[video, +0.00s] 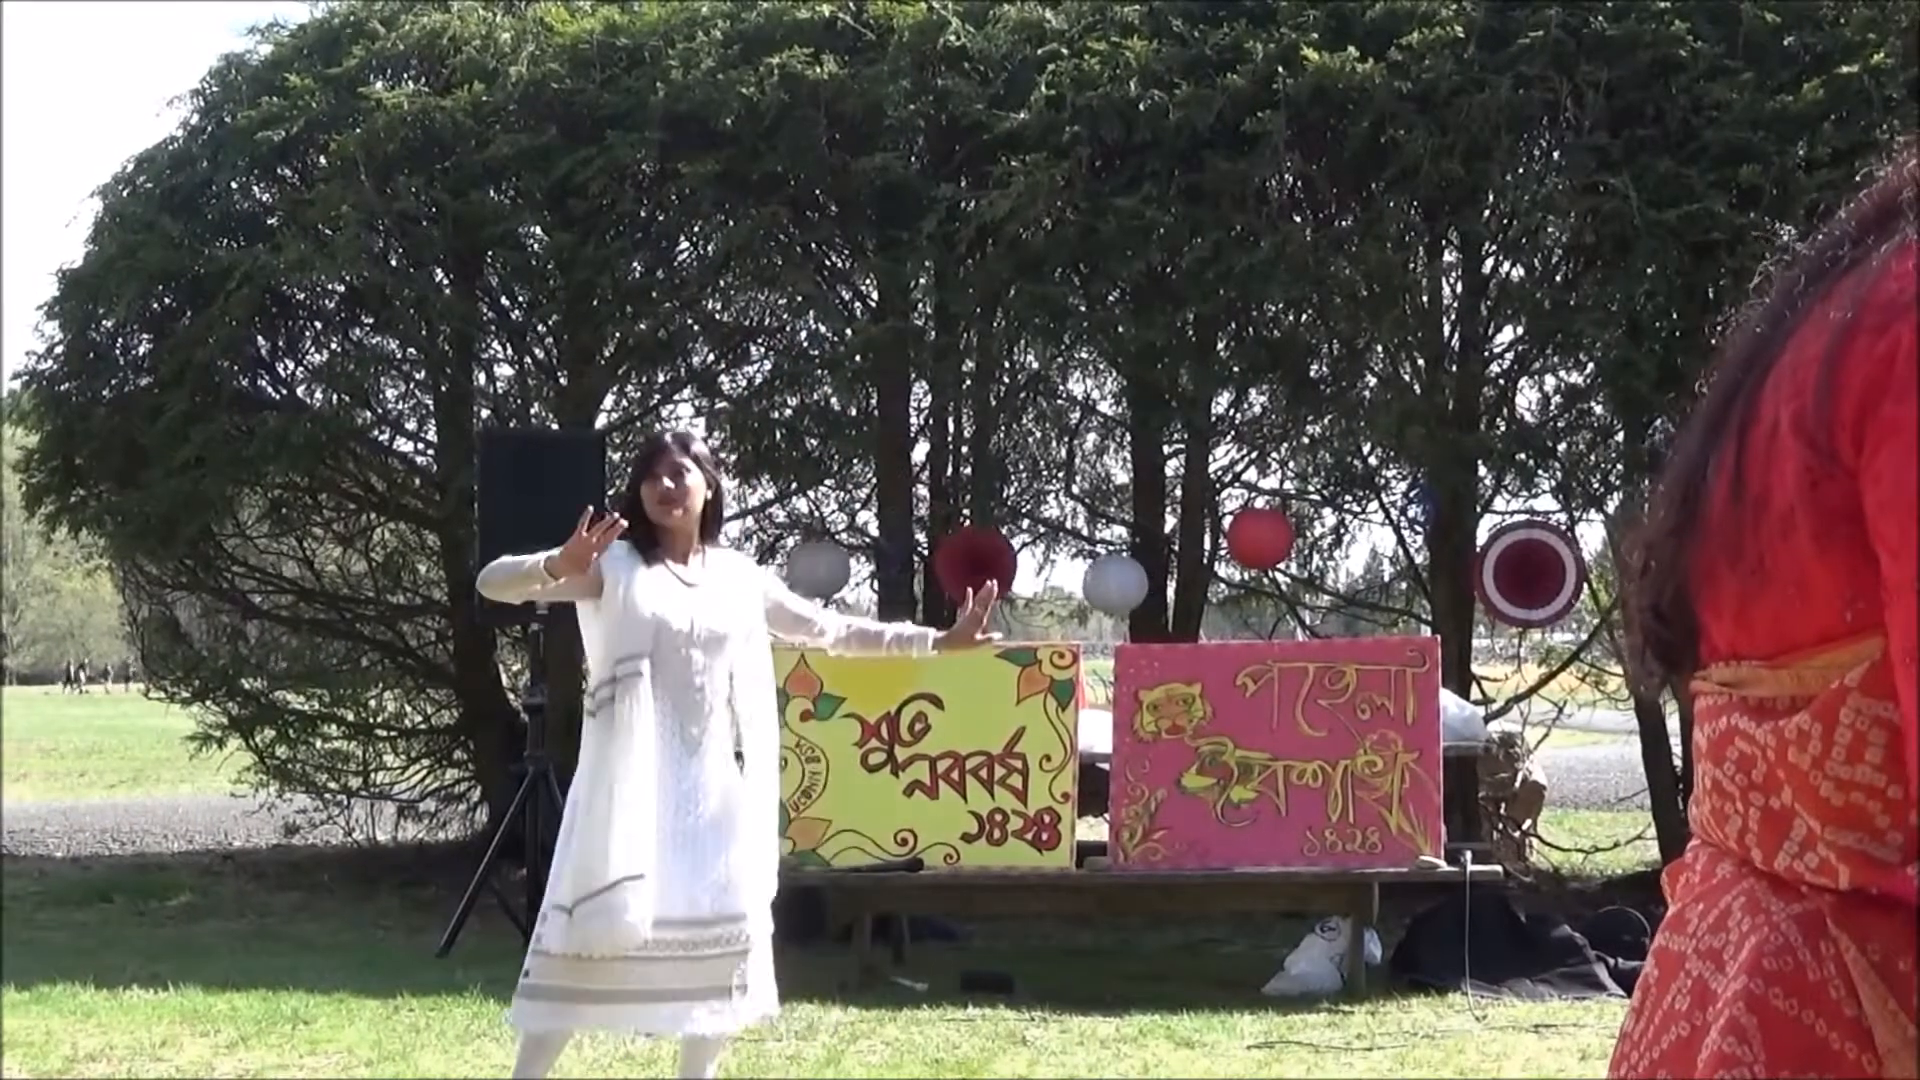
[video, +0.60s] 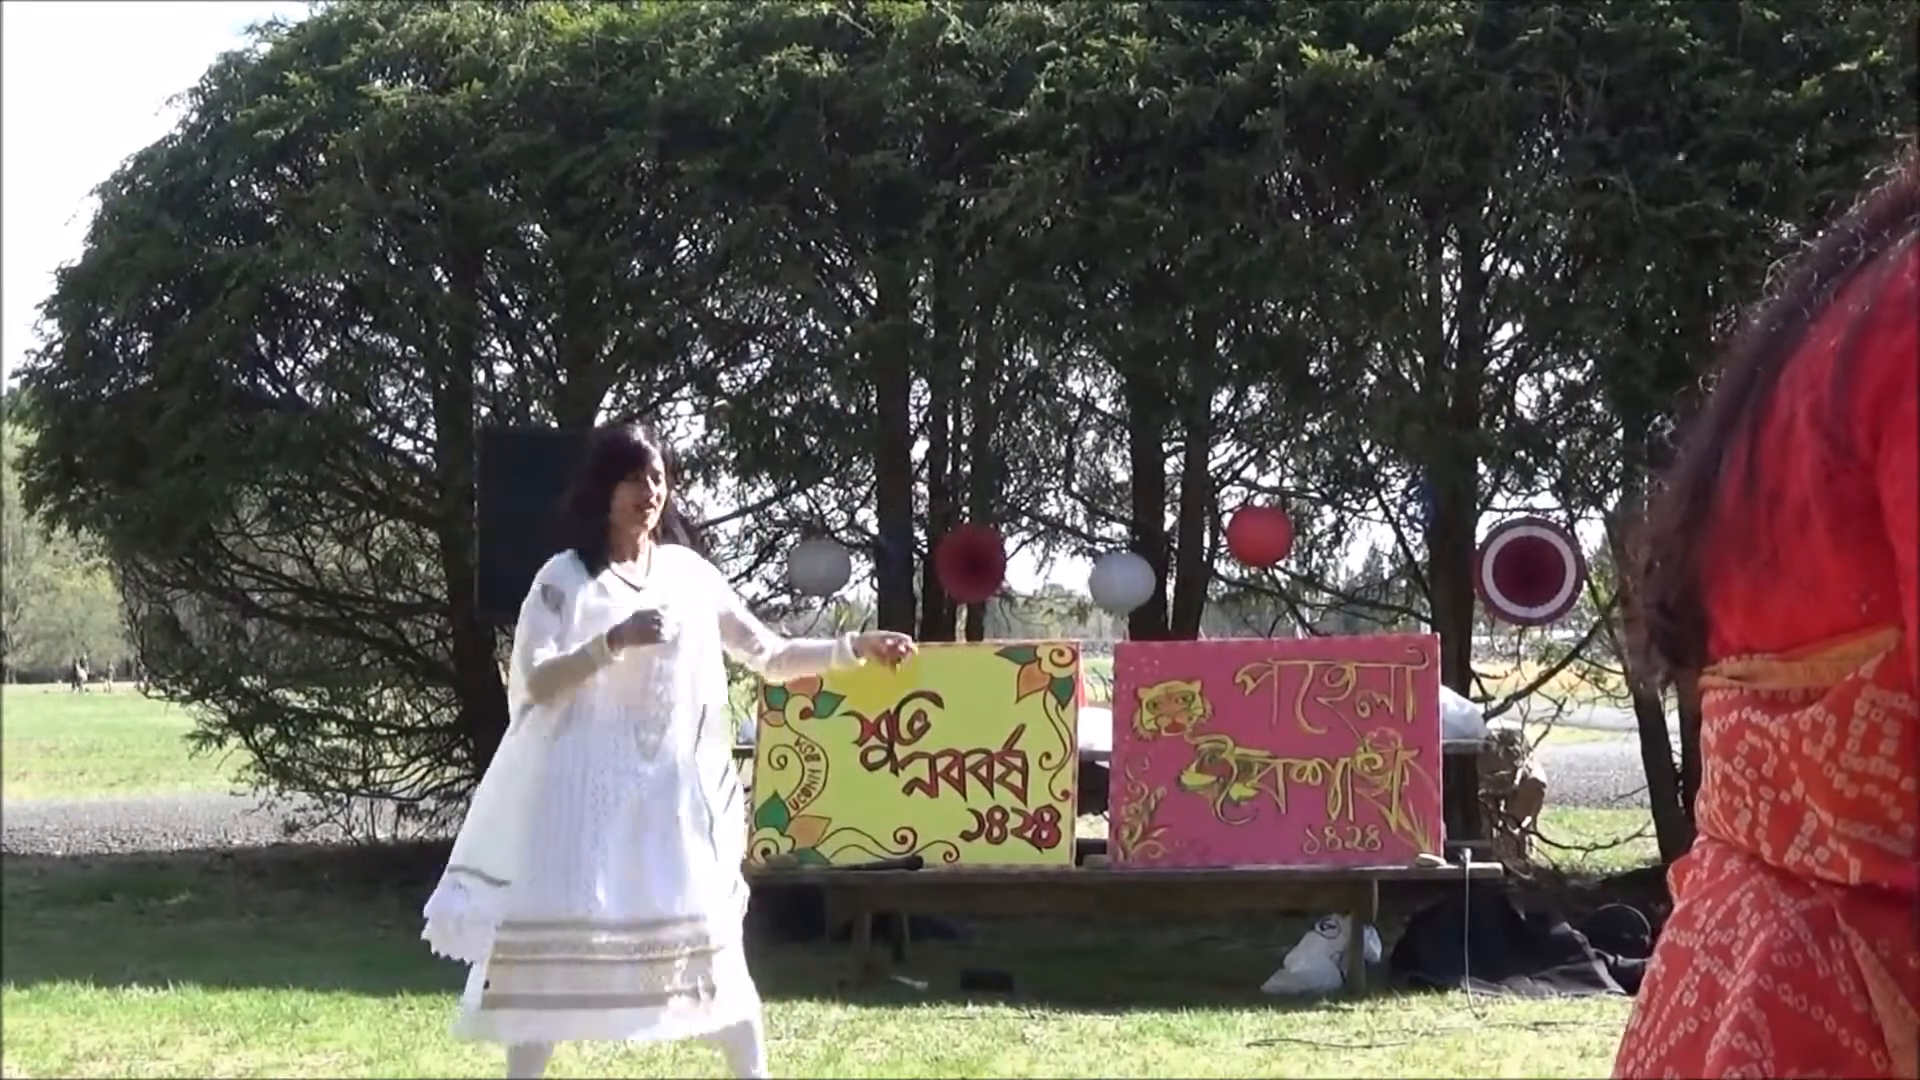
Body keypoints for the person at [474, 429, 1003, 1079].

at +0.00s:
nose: (669, 484)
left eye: (684, 471)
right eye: (656, 473)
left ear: (709, 488)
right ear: (638, 490)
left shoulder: (740, 577)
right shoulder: (610, 566)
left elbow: (833, 628)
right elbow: (490, 582)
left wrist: (948, 639)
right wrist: (554, 567)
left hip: (718, 788)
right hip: (622, 785)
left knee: (726, 953)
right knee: (572, 947)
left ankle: (696, 1074)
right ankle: (526, 1074)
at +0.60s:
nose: (651, 493)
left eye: (660, 480)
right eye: (636, 478)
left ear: (670, 493)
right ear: (602, 487)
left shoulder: (689, 571)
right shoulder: (563, 577)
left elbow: (771, 657)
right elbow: (533, 684)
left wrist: (857, 648)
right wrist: (610, 642)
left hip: (676, 790)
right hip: (575, 790)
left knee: (717, 945)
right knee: (542, 949)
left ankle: (754, 1072)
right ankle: (523, 1072)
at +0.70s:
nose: (665, 491)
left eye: (672, 479)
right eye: (649, 479)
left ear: (682, 491)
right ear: (616, 491)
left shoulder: (705, 568)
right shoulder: (596, 577)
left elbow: (781, 658)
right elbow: (629, 672)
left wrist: (850, 619)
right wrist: (699, 608)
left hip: (708, 794)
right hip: (611, 798)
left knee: (744, 952)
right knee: (561, 956)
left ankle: (758, 1071)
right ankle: (529, 1070)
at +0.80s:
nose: (680, 493)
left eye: (685, 479)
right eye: (662, 483)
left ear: (698, 491)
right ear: (633, 500)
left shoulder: (725, 572)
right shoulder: (636, 580)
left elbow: (811, 643)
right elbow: (725, 634)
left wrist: (857, 572)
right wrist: (782, 550)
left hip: (743, 792)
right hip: (650, 796)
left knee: (774, 956)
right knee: (590, 952)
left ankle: (763, 1071)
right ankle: (538, 1071)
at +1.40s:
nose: (721, 527)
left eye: (730, 510)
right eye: (704, 519)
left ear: (754, 512)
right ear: (688, 534)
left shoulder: (796, 584)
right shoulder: (694, 611)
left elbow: (831, 703)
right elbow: (731, 715)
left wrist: (863, 670)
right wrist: (822, 657)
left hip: (803, 817)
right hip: (719, 822)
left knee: (818, 982)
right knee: (650, 969)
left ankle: (777, 1073)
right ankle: (584, 1074)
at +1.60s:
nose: (716, 520)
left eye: (727, 503)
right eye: (700, 510)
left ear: (754, 502)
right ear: (686, 521)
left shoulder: (805, 580)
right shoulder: (680, 601)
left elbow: (827, 690)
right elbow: (655, 718)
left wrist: (839, 704)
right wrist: (734, 698)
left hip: (798, 815)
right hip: (705, 818)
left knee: (805, 983)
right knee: (644, 970)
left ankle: (772, 1075)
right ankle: (582, 1075)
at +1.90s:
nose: (699, 501)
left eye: (710, 485)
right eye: (683, 489)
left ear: (735, 487)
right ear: (665, 500)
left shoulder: (785, 566)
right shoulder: (645, 579)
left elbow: (862, 640)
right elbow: (571, 664)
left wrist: (838, 689)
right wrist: (641, 698)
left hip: (768, 787)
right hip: (675, 787)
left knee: (770, 957)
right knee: (621, 953)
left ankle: (760, 1073)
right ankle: (569, 1074)